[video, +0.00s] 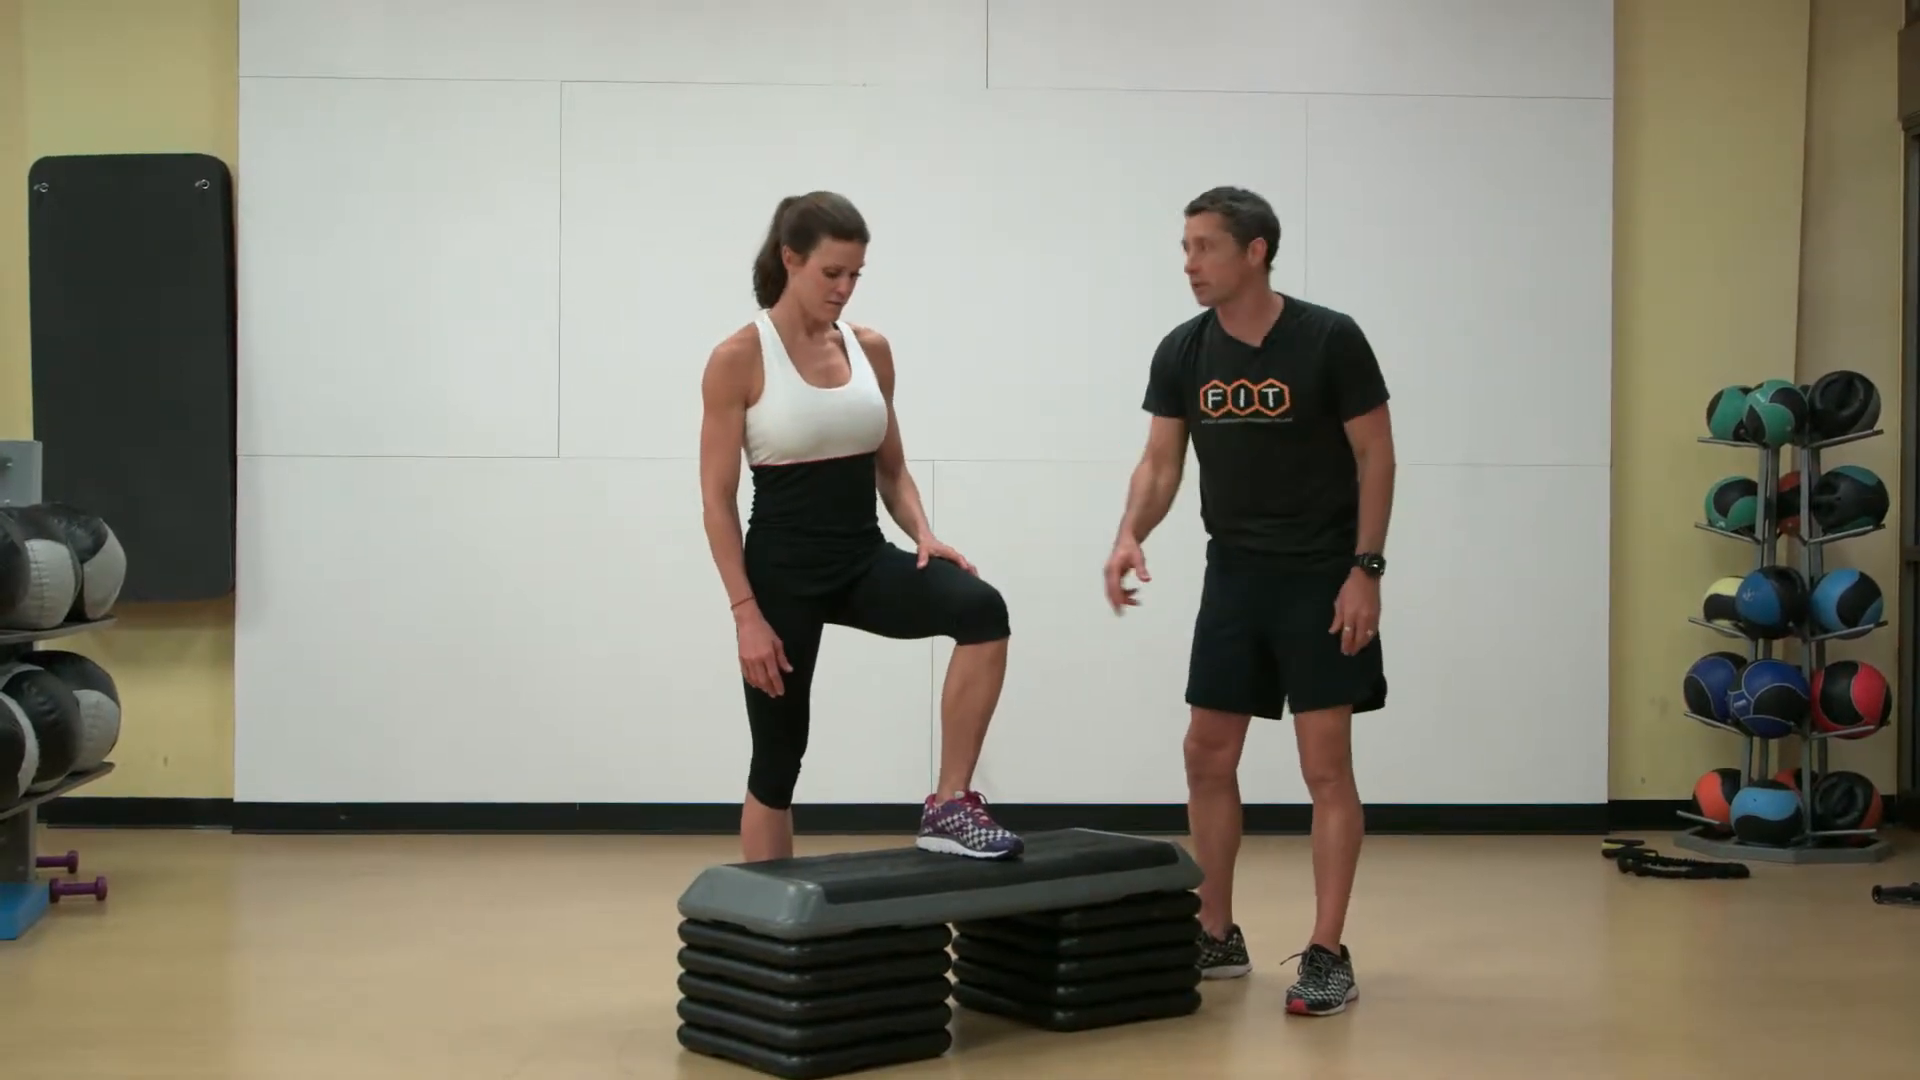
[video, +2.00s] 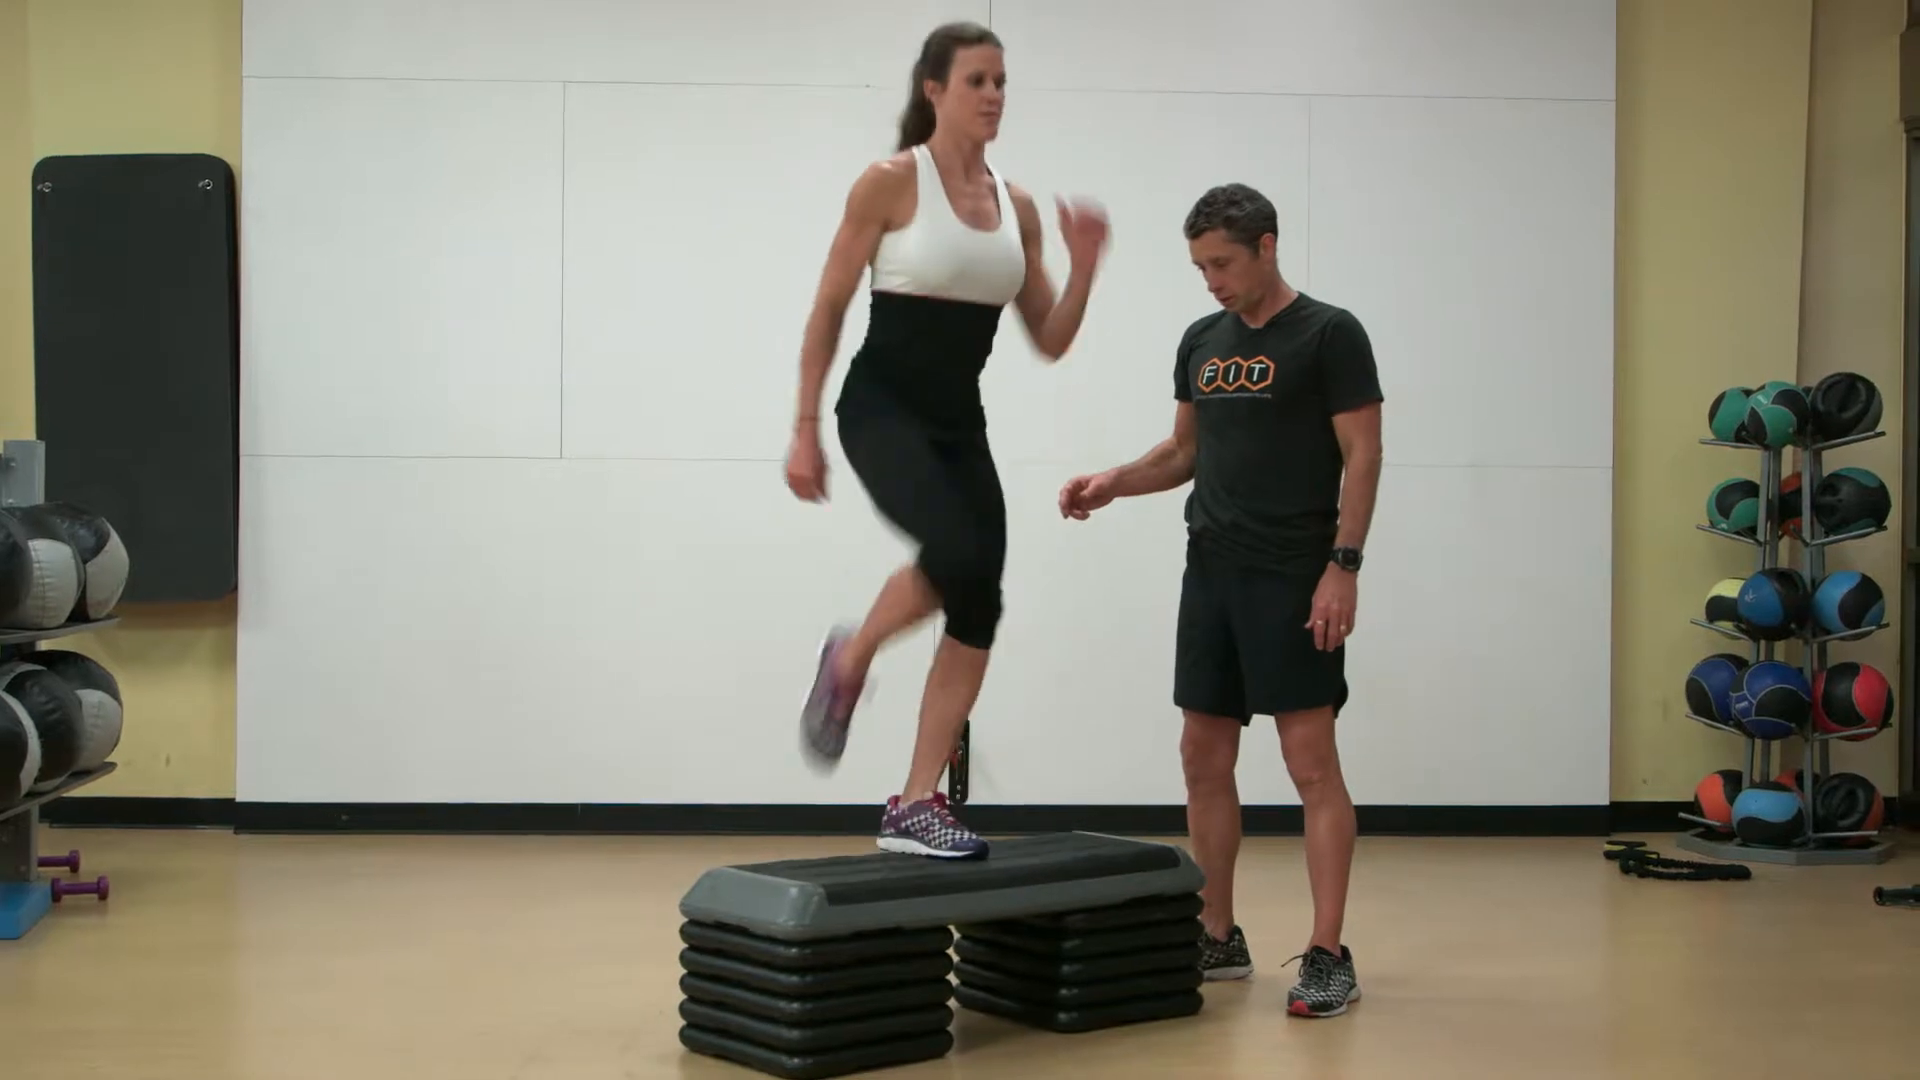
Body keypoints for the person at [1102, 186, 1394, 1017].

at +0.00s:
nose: (1188, 263)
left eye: (1203, 248)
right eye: (1185, 248)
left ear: (1255, 252)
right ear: (1195, 255)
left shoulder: (1330, 340)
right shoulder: (1183, 351)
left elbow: (1376, 456)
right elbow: (1158, 462)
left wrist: (1366, 567)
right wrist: (1129, 533)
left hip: (1321, 577)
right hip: (1231, 575)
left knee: (1326, 768)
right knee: (1207, 752)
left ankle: (1327, 949)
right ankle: (1214, 932)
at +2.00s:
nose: (1212, 279)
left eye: (1223, 262)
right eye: (1202, 266)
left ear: (1267, 248)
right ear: (1198, 263)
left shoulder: (1331, 335)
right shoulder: (1201, 341)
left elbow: (1362, 455)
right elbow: (1183, 452)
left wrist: (1343, 567)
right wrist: (1113, 481)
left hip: (1295, 577)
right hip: (1212, 575)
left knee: (1311, 763)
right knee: (1203, 756)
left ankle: (1327, 951)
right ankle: (1216, 936)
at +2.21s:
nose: (1204, 285)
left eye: (1215, 269)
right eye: (1194, 271)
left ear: (1260, 253)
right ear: (1192, 267)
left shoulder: (1328, 338)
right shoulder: (1198, 347)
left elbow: (1362, 460)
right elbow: (1183, 457)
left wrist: (1343, 568)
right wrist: (1118, 492)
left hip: (1295, 580)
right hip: (1211, 578)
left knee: (1312, 767)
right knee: (1202, 758)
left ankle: (1326, 954)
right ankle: (1216, 938)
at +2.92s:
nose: (1200, 280)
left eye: (1215, 267)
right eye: (1197, 266)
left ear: (1266, 271)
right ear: (1207, 273)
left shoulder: (1324, 358)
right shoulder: (1192, 365)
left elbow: (1359, 480)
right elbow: (1179, 474)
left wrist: (1338, 587)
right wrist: (1120, 515)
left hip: (1295, 604)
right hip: (1211, 600)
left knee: (1312, 788)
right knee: (1202, 779)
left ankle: (1326, 976)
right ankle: (1215, 959)